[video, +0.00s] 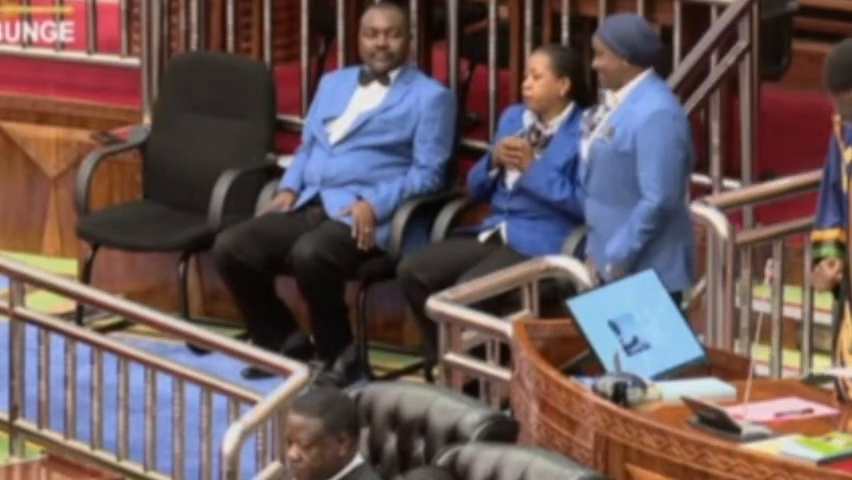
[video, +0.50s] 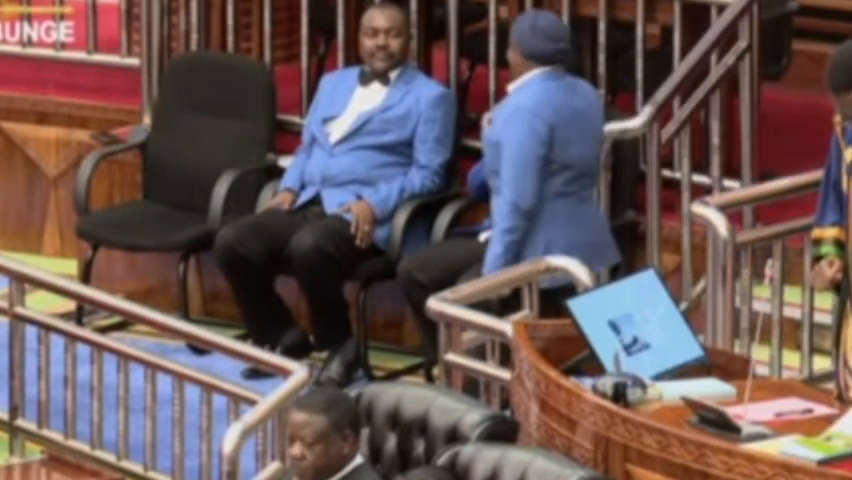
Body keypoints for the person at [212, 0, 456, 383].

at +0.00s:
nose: (381, 43)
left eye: (391, 34)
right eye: (372, 34)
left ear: (407, 40)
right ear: (359, 39)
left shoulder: (430, 97)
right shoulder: (333, 83)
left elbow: (429, 174)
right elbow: (308, 150)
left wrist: (374, 205)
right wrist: (288, 189)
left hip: (367, 215)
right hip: (313, 207)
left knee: (311, 256)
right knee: (233, 249)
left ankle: (339, 359)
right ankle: (282, 343)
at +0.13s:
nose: (381, 43)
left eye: (391, 34)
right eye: (372, 34)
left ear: (407, 40)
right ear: (359, 39)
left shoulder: (430, 97)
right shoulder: (333, 83)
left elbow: (429, 174)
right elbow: (308, 149)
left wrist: (375, 205)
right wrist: (288, 190)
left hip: (366, 215)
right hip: (312, 207)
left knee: (311, 254)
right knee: (232, 247)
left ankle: (339, 356)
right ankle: (282, 342)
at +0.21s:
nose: (381, 43)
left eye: (391, 34)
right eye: (372, 34)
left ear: (407, 40)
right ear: (359, 39)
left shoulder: (430, 97)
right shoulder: (333, 83)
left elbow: (429, 174)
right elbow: (308, 150)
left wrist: (375, 205)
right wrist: (288, 189)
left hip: (366, 215)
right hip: (312, 207)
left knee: (311, 253)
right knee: (233, 246)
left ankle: (338, 355)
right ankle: (281, 341)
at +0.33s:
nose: (381, 43)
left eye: (391, 34)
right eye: (372, 34)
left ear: (407, 40)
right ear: (359, 39)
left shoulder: (430, 97)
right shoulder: (333, 83)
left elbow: (429, 174)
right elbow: (308, 150)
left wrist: (375, 205)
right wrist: (288, 190)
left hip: (364, 214)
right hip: (310, 206)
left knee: (311, 251)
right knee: (233, 244)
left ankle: (338, 353)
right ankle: (280, 339)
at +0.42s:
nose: (381, 43)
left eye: (391, 34)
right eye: (372, 34)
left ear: (407, 40)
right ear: (359, 39)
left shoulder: (430, 97)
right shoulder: (333, 83)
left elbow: (429, 174)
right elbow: (308, 150)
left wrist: (375, 205)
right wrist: (288, 190)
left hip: (364, 213)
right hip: (310, 206)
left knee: (310, 249)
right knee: (233, 243)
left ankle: (339, 353)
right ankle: (280, 338)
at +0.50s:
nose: (381, 43)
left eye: (391, 34)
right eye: (372, 34)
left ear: (407, 40)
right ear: (359, 39)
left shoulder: (430, 97)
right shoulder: (333, 83)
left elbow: (429, 174)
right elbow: (308, 150)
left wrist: (375, 204)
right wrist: (288, 189)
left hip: (364, 213)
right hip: (310, 206)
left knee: (310, 249)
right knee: (233, 242)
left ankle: (340, 351)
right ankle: (280, 337)